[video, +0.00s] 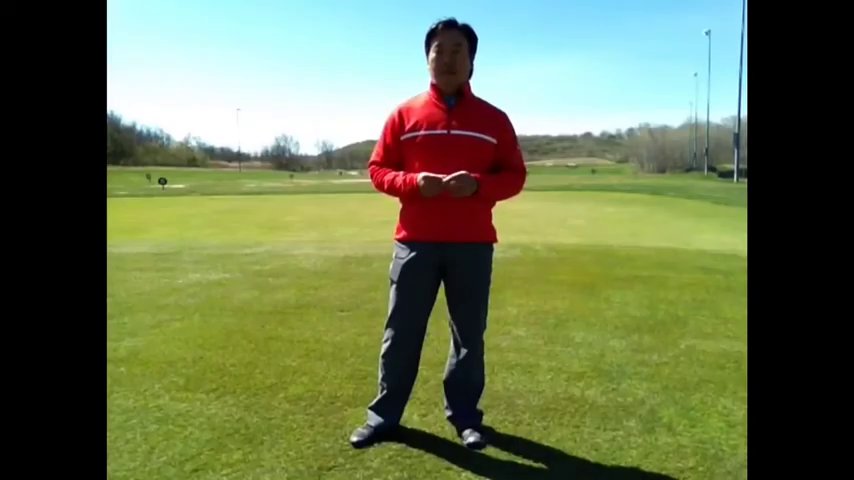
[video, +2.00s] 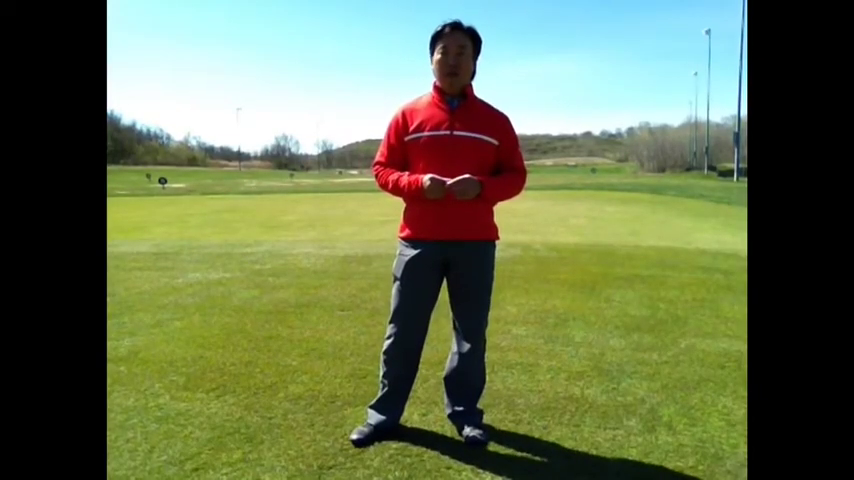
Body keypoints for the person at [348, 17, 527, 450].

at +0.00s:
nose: (446, 57)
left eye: (456, 49)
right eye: (438, 49)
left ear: (471, 59)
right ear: (427, 58)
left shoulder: (494, 119)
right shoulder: (403, 116)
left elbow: (516, 176)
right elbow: (378, 171)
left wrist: (480, 184)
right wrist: (413, 182)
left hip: (472, 245)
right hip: (415, 243)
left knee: (469, 337)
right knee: (400, 333)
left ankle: (467, 419)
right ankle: (383, 417)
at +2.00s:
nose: (451, 59)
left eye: (461, 52)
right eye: (444, 51)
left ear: (475, 61)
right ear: (431, 60)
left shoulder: (496, 122)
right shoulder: (407, 117)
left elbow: (516, 177)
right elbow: (382, 171)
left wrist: (483, 188)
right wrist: (418, 183)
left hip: (474, 245)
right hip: (419, 242)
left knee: (471, 336)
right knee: (402, 332)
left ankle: (466, 415)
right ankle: (384, 416)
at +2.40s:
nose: (452, 60)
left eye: (461, 53)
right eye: (444, 52)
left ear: (477, 62)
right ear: (433, 61)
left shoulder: (498, 122)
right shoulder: (409, 118)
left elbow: (518, 178)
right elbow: (385, 172)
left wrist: (484, 187)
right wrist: (421, 185)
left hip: (477, 246)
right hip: (421, 243)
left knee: (472, 337)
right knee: (403, 332)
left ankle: (467, 416)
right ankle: (383, 416)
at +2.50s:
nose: (452, 59)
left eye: (462, 52)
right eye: (445, 51)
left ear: (477, 63)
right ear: (433, 60)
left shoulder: (498, 123)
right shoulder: (409, 118)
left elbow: (519, 178)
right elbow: (385, 172)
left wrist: (484, 188)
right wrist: (420, 185)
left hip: (477, 245)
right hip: (420, 243)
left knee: (472, 336)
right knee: (403, 332)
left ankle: (466, 416)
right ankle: (383, 416)